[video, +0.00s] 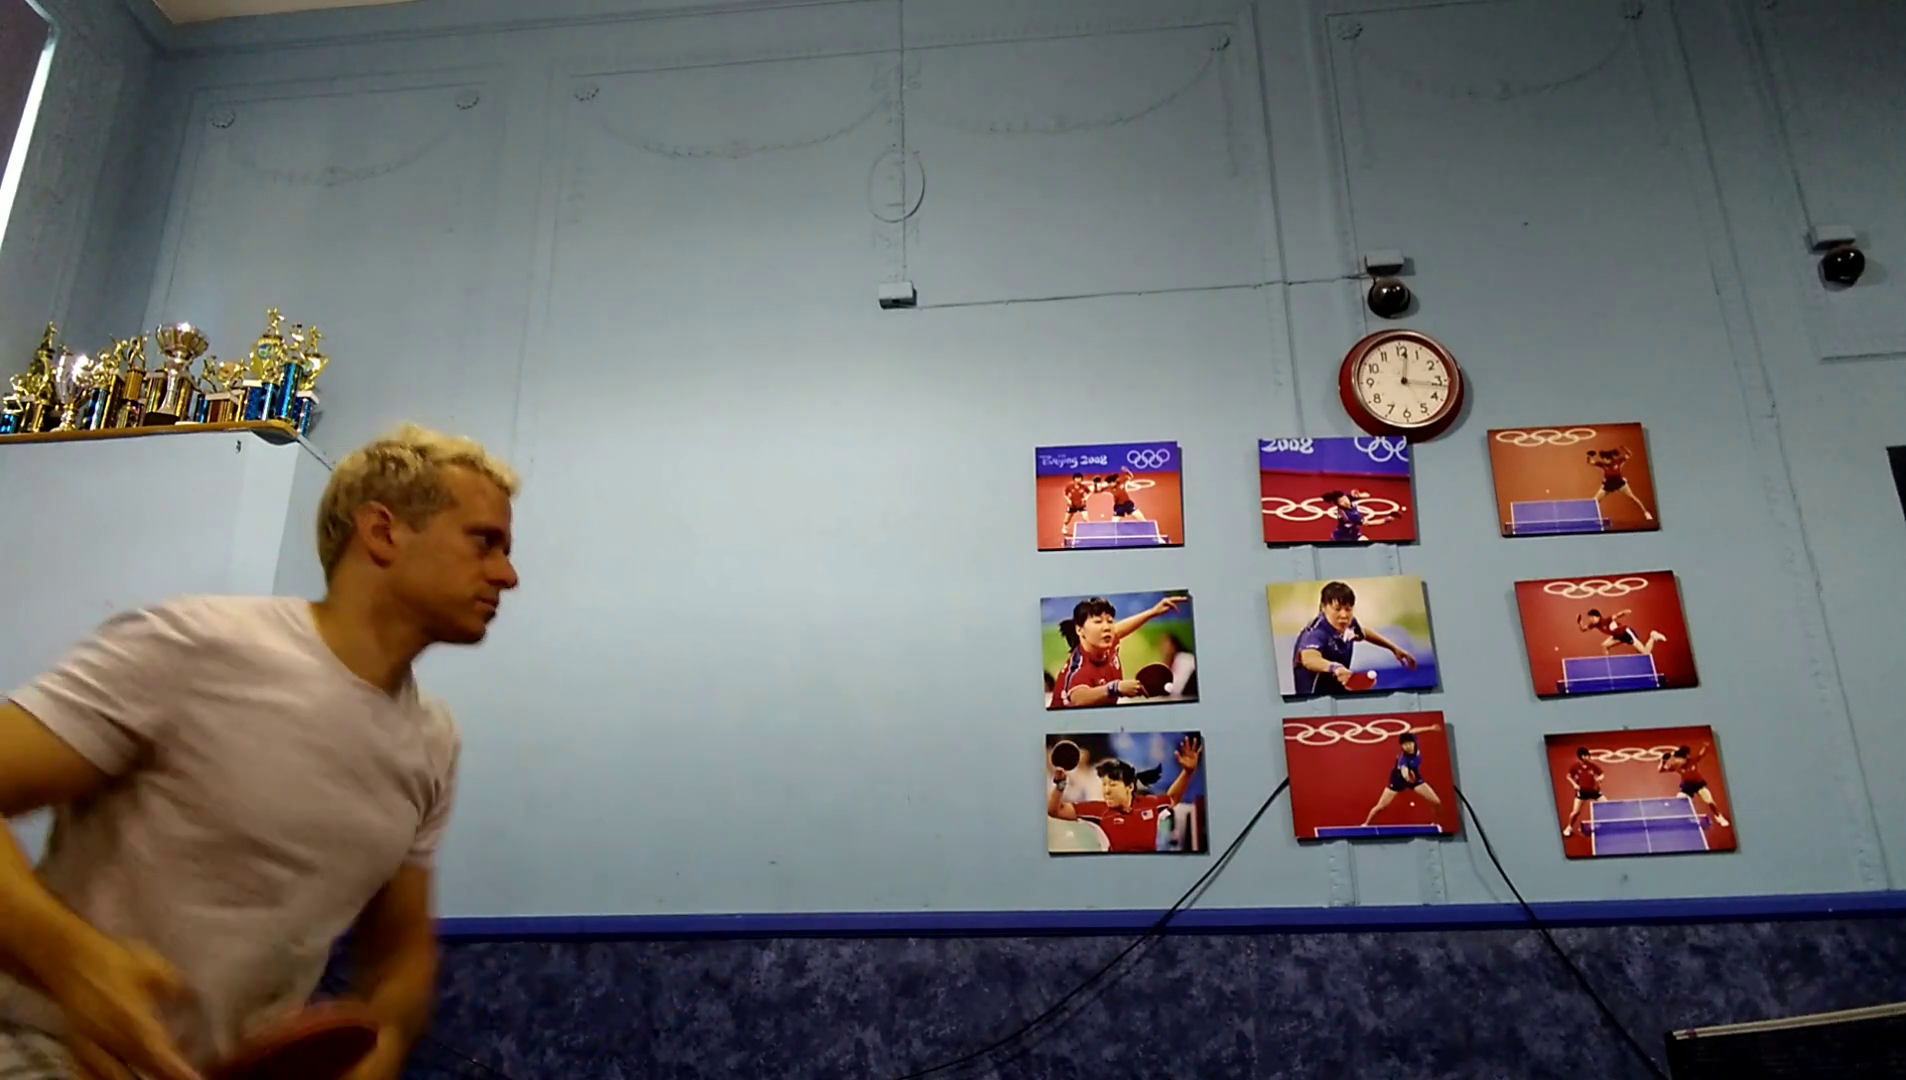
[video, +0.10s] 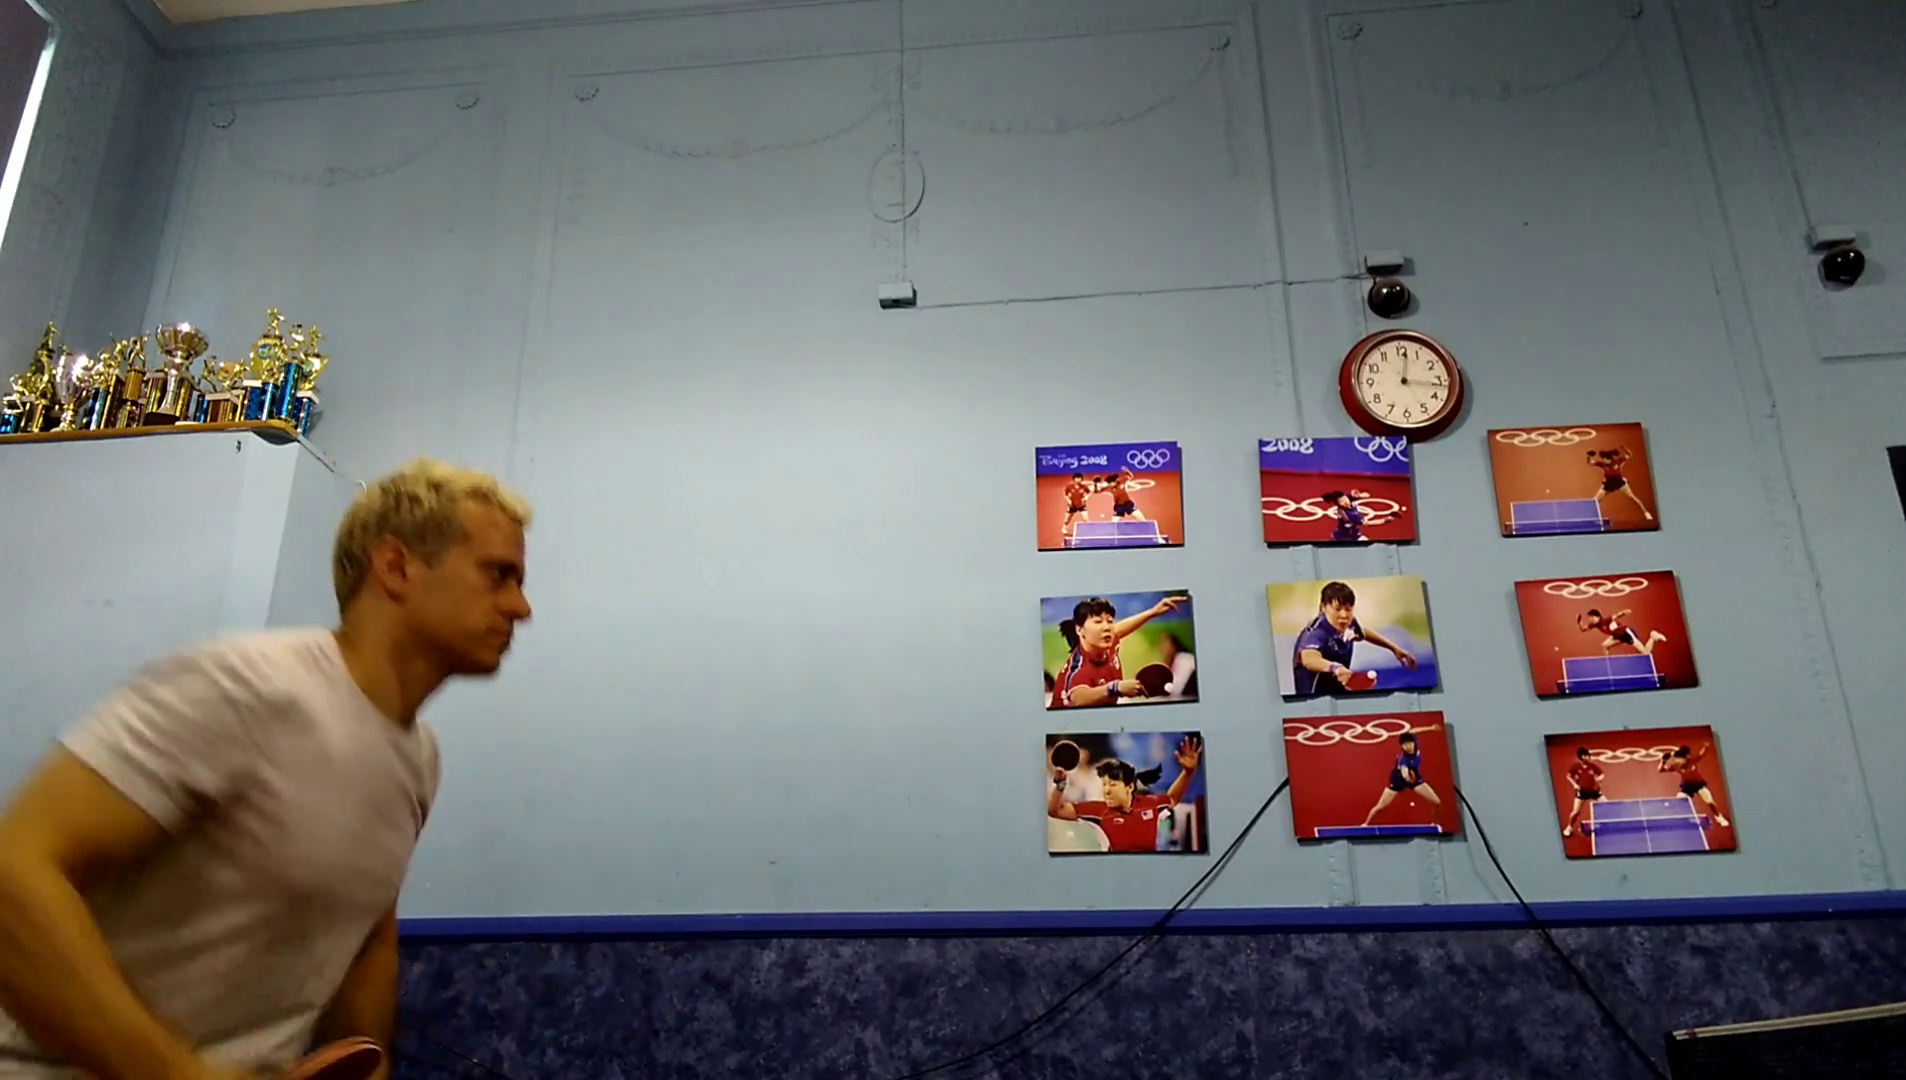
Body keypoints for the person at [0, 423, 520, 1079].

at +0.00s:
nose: (510, 575)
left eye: (506, 550)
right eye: (486, 542)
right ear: (382, 533)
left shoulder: (426, 743)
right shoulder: (190, 647)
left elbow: (404, 949)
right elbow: (2, 789)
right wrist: (69, 959)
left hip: (233, 1069)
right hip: (51, 1052)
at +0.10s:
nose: (522, 605)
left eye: (519, 583)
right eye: (499, 575)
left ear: (397, 569)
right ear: (396, 566)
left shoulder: (416, 757)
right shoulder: (241, 685)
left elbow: (370, 940)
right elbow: (15, 863)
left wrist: (361, 1067)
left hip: (265, 1064)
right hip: (63, 1058)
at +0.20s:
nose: (526, 641)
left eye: (523, 615)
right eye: (502, 609)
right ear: (400, 604)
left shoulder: (416, 781)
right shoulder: (257, 727)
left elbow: (382, 962)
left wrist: (402, 1064)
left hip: (269, 1068)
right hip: (121, 1057)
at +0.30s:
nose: (519, 638)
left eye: (519, 614)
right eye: (496, 607)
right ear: (396, 598)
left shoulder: (430, 784)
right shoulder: (233, 721)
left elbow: (463, 945)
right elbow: (32, 933)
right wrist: (134, 1071)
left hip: (267, 1069)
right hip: (100, 1055)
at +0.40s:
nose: (511, 612)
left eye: (513, 587)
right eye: (490, 580)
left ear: (405, 576)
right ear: (390, 566)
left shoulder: (460, 764)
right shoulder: (205, 684)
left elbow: (608, 879)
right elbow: (5, 848)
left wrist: (739, 873)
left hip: (237, 1069)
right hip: (55, 1051)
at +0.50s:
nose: (509, 588)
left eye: (514, 564)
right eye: (488, 556)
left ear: (419, 558)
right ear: (386, 541)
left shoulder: (466, 727)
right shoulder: (185, 647)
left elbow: (664, 773)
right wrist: (23, 940)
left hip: (227, 1067)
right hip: (47, 1046)